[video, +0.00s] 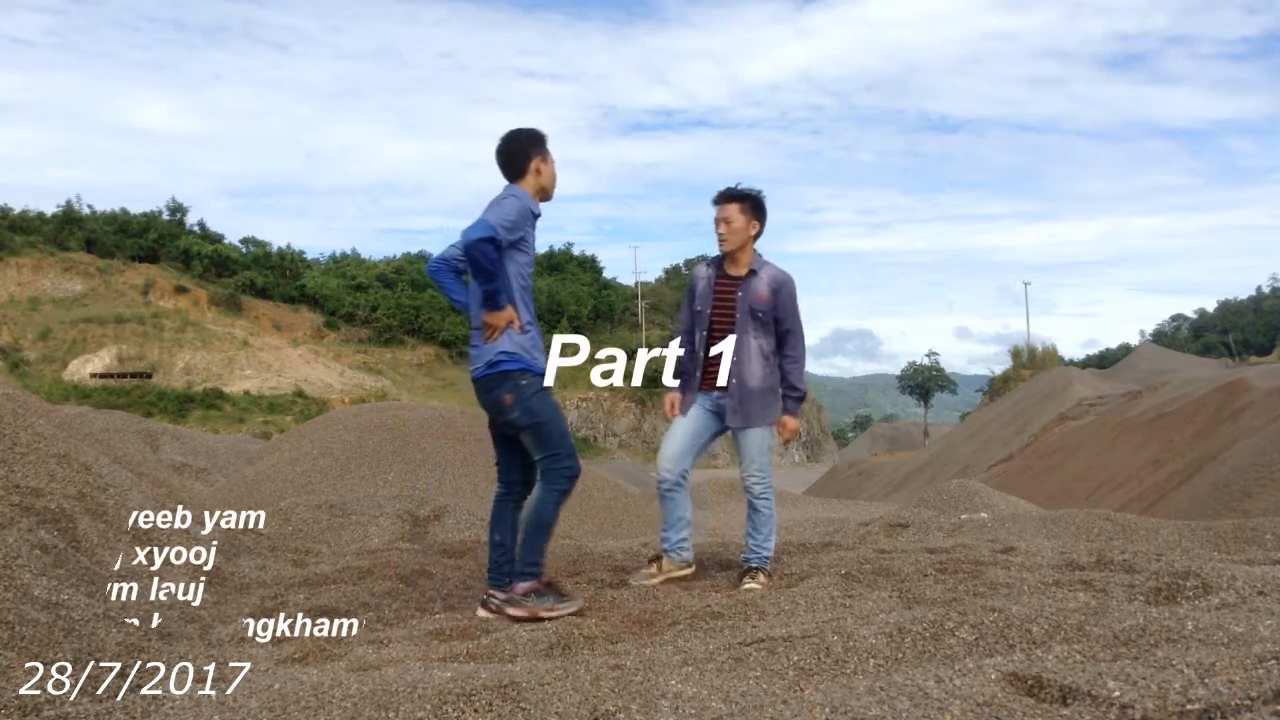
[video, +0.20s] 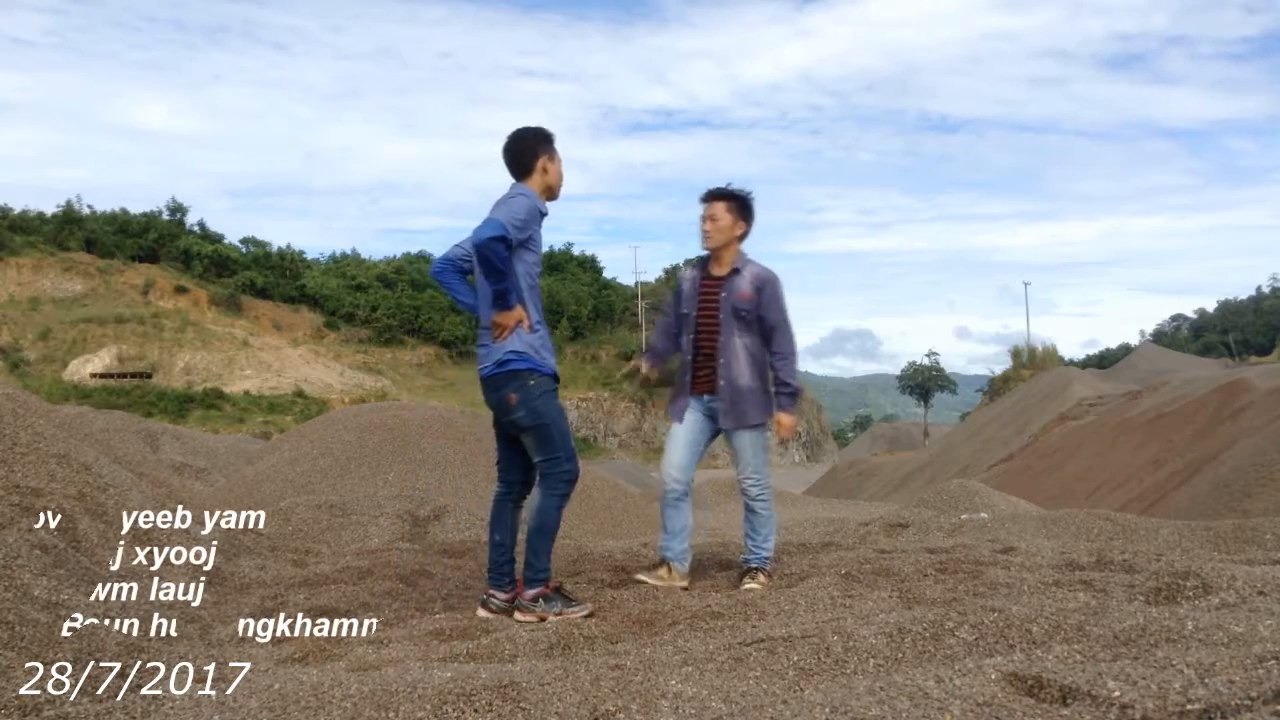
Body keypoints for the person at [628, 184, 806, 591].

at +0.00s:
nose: (719, 229)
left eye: (727, 222)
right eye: (717, 222)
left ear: (754, 227)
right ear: (716, 225)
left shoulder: (776, 282)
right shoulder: (702, 276)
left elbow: (792, 347)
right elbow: (686, 336)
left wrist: (790, 408)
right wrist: (675, 386)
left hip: (754, 402)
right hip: (706, 399)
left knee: (756, 483)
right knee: (668, 467)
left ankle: (756, 564)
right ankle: (677, 557)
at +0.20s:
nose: (704, 226)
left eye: (714, 220)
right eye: (703, 219)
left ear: (740, 227)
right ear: (702, 224)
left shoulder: (761, 281)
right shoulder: (689, 277)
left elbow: (782, 344)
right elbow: (672, 326)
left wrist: (786, 404)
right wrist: (652, 358)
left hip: (744, 402)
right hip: (696, 401)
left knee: (753, 485)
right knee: (673, 477)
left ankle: (757, 565)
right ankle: (675, 565)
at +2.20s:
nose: (642, 191)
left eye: (652, 184)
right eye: (640, 184)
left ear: (680, 193)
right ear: (640, 192)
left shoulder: (701, 249)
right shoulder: (632, 251)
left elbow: (701, 325)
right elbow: (616, 317)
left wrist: (681, 384)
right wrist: (602, 375)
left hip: (683, 385)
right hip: (637, 383)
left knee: (689, 481)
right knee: (633, 479)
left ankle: (691, 576)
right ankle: (649, 569)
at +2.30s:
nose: (645, 193)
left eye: (655, 185)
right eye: (643, 185)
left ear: (683, 194)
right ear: (643, 193)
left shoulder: (703, 251)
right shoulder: (633, 252)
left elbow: (704, 327)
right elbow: (614, 319)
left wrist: (684, 389)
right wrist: (592, 377)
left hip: (684, 389)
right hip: (637, 387)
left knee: (689, 483)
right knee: (634, 481)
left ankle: (691, 576)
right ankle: (648, 569)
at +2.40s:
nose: (647, 196)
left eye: (657, 188)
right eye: (645, 189)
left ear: (685, 197)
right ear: (646, 196)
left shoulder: (706, 255)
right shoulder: (635, 255)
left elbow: (709, 330)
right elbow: (615, 321)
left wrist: (692, 389)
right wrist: (593, 379)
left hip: (684, 391)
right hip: (638, 389)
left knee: (689, 485)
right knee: (634, 483)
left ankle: (692, 578)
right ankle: (649, 571)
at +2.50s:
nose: (650, 199)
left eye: (660, 191)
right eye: (647, 192)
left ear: (687, 199)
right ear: (646, 199)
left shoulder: (709, 258)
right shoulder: (638, 258)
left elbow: (715, 332)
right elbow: (619, 326)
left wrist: (703, 392)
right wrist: (600, 385)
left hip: (686, 393)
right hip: (641, 392)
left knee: (692, 488)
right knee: (634, 485)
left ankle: (693, 577)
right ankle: (650, 571)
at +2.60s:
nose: (653, 198)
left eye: (662, 191)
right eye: (650, 191)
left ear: (690, 200)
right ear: (648, 199)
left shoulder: (711, 258)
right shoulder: (640, 258)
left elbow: (720, 330)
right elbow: (625, 325)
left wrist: (715, 391)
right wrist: (614, 383)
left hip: (689, 394)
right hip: (643, 393)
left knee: (692, 487)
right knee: (633, 484)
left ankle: (693, 576)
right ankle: (650, 569)